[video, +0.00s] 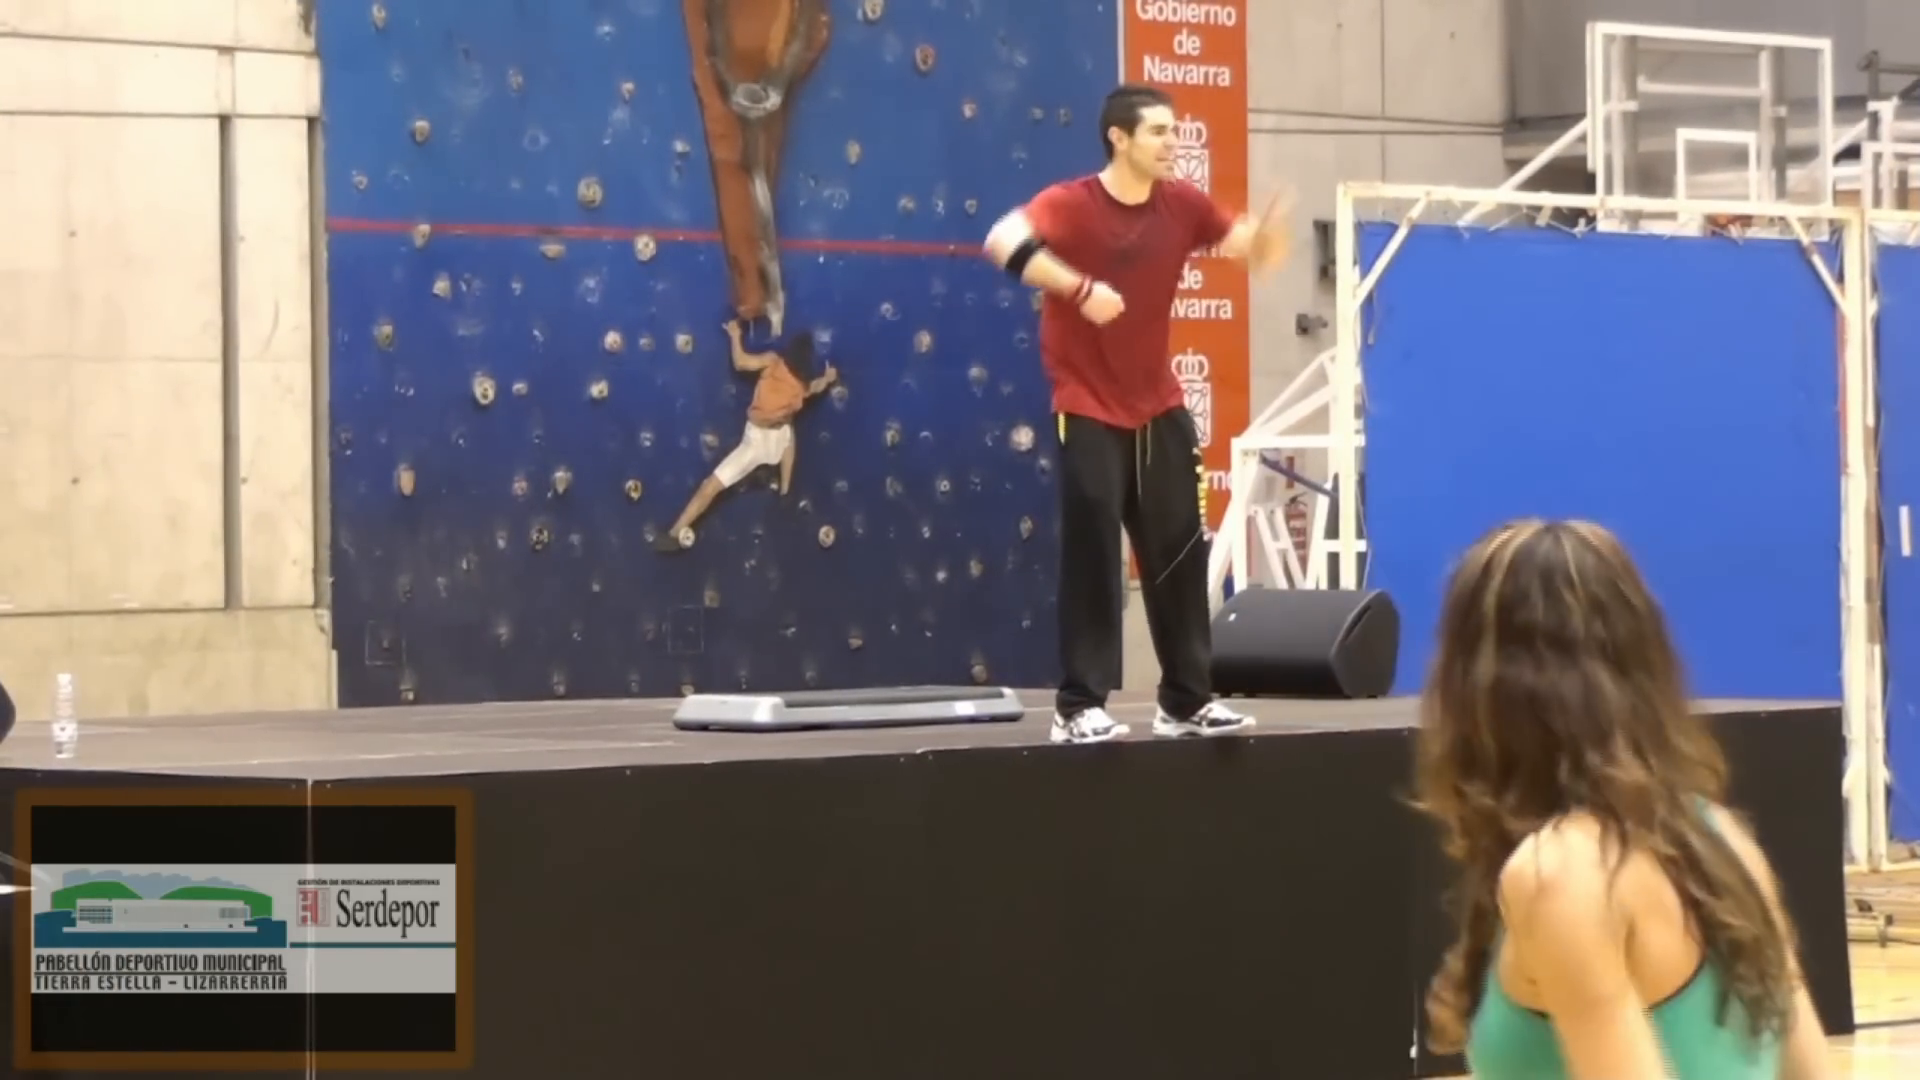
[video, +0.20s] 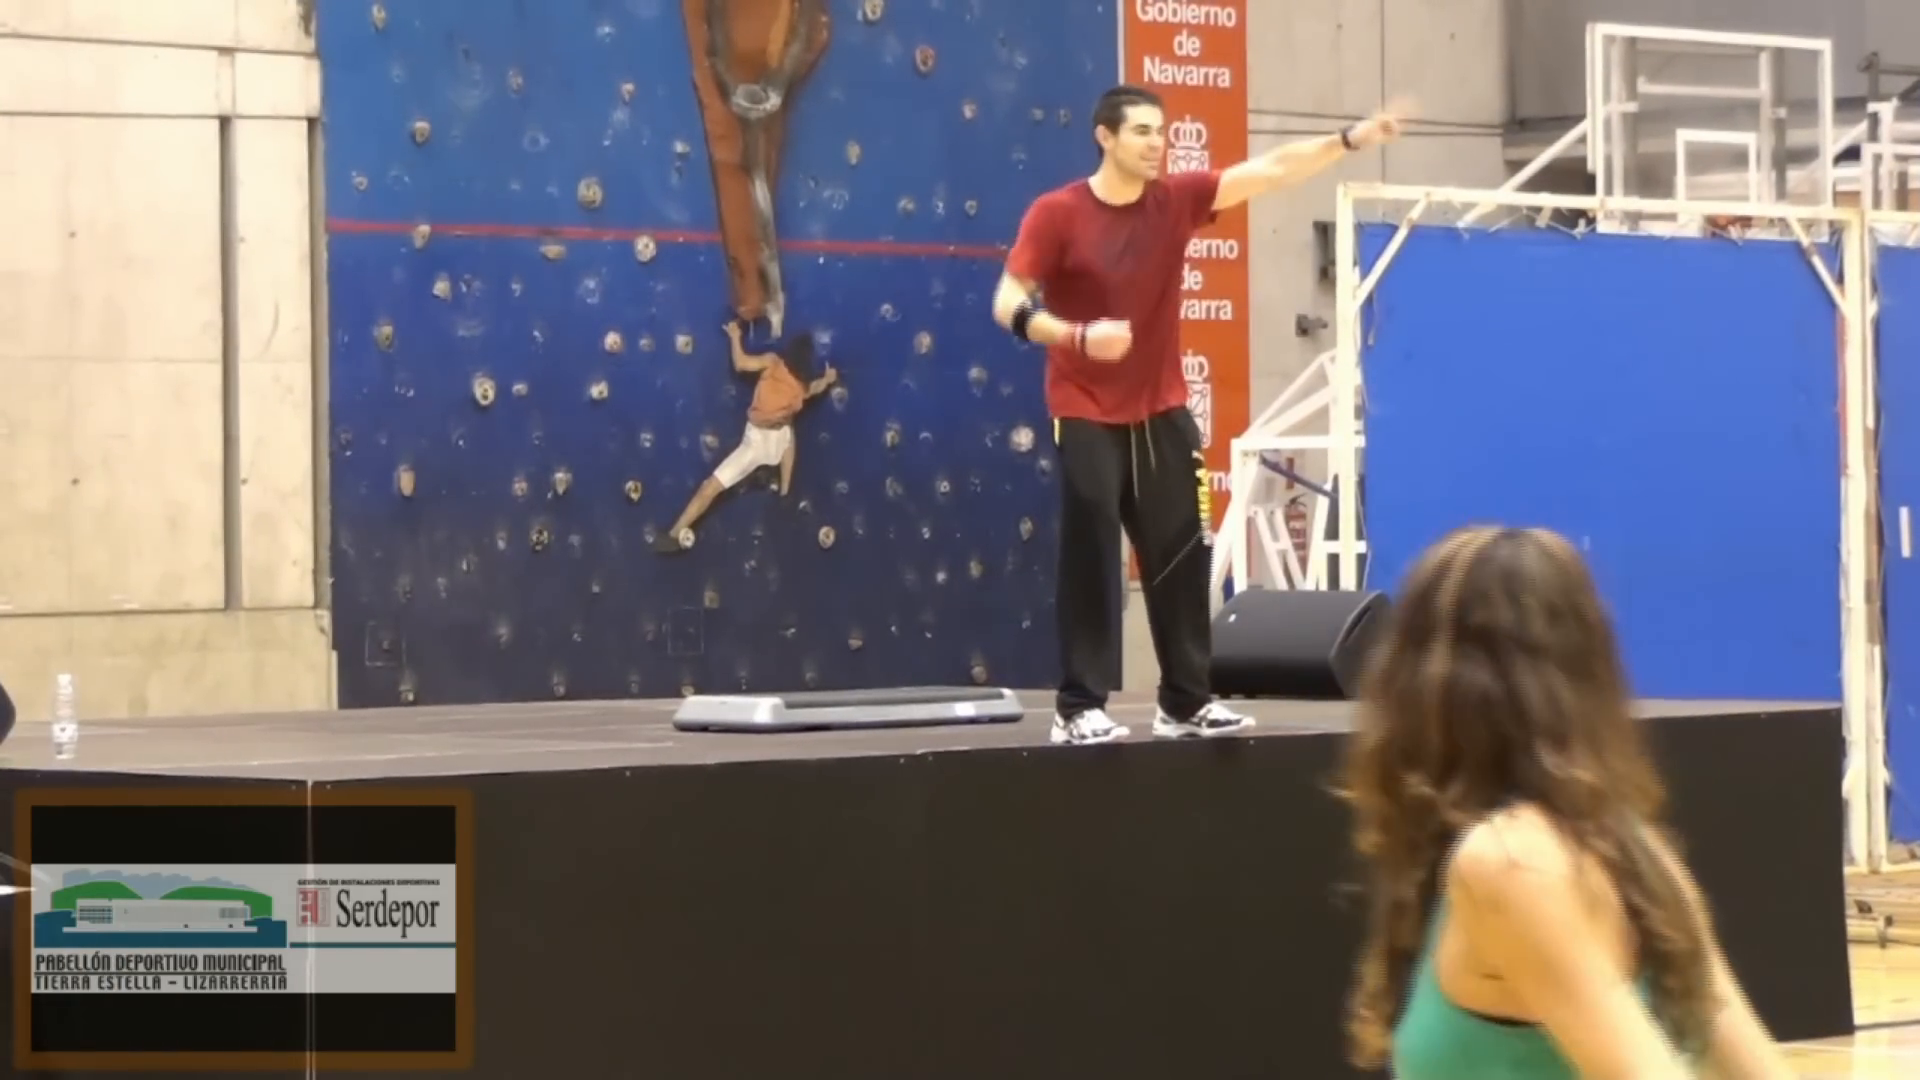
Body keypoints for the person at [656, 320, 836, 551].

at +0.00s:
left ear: (788, 351)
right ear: (808, 359)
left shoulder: (771, 361)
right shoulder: (802, 386)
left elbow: (740, 363)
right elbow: (816, 386)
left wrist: (735, 336)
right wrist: (829, 378)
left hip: (754, 441)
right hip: (779, 439)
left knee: (712, 484)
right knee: (789, 434)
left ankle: (678, 531)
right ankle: (785, 488)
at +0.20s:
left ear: (787, 353)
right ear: (808, 361)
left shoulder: (771, 362)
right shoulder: (802, 387)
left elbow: (740, 364)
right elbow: (816, 387)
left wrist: (735, 337)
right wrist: (828, 379)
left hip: (755, 443)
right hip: (779, 441)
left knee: (711, 486)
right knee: (789, 434)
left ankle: (677, 532)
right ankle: (784, 488)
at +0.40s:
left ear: (788, 353)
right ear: (808, 361)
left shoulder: (772, 362)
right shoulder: (802, 388)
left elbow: (740, 364)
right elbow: (816, 387)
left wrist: (735, 337)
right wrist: (829, 379)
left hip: (754, 443)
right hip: (778, 442)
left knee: (712, 485)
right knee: (789, 434)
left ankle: (677, 532)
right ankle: (785, 489)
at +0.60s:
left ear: (788, 351)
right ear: (807, 360)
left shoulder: (772, 362)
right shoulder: (802, 387)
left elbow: (741, 364)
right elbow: (817, 386)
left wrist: (735, 337)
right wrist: (829, 379)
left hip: (754, 443)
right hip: (778, 442)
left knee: (711, 485)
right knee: (788, 434)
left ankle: (676, 533)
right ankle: (784, 488)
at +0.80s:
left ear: (788, 351)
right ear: (808, 360)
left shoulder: (772, 362)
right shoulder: (802, 387)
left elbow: (741, 363)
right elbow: (816, 387)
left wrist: (735, 337)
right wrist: (829, 379)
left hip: (754, 442)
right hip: (778, 440)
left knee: (712, 484)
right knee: (788, 434)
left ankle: (676, 532)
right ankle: (784, 488)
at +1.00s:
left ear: (788, 351)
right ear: (808, 360)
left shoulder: (772, 362)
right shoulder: (802, 387)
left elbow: (741, 364)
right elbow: (816, 387)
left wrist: (735, 337)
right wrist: (829, 379)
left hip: (754, 442)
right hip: (779, 441)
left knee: (713, 484)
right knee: (789, 434)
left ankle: (676, 532)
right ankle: (785, 488)